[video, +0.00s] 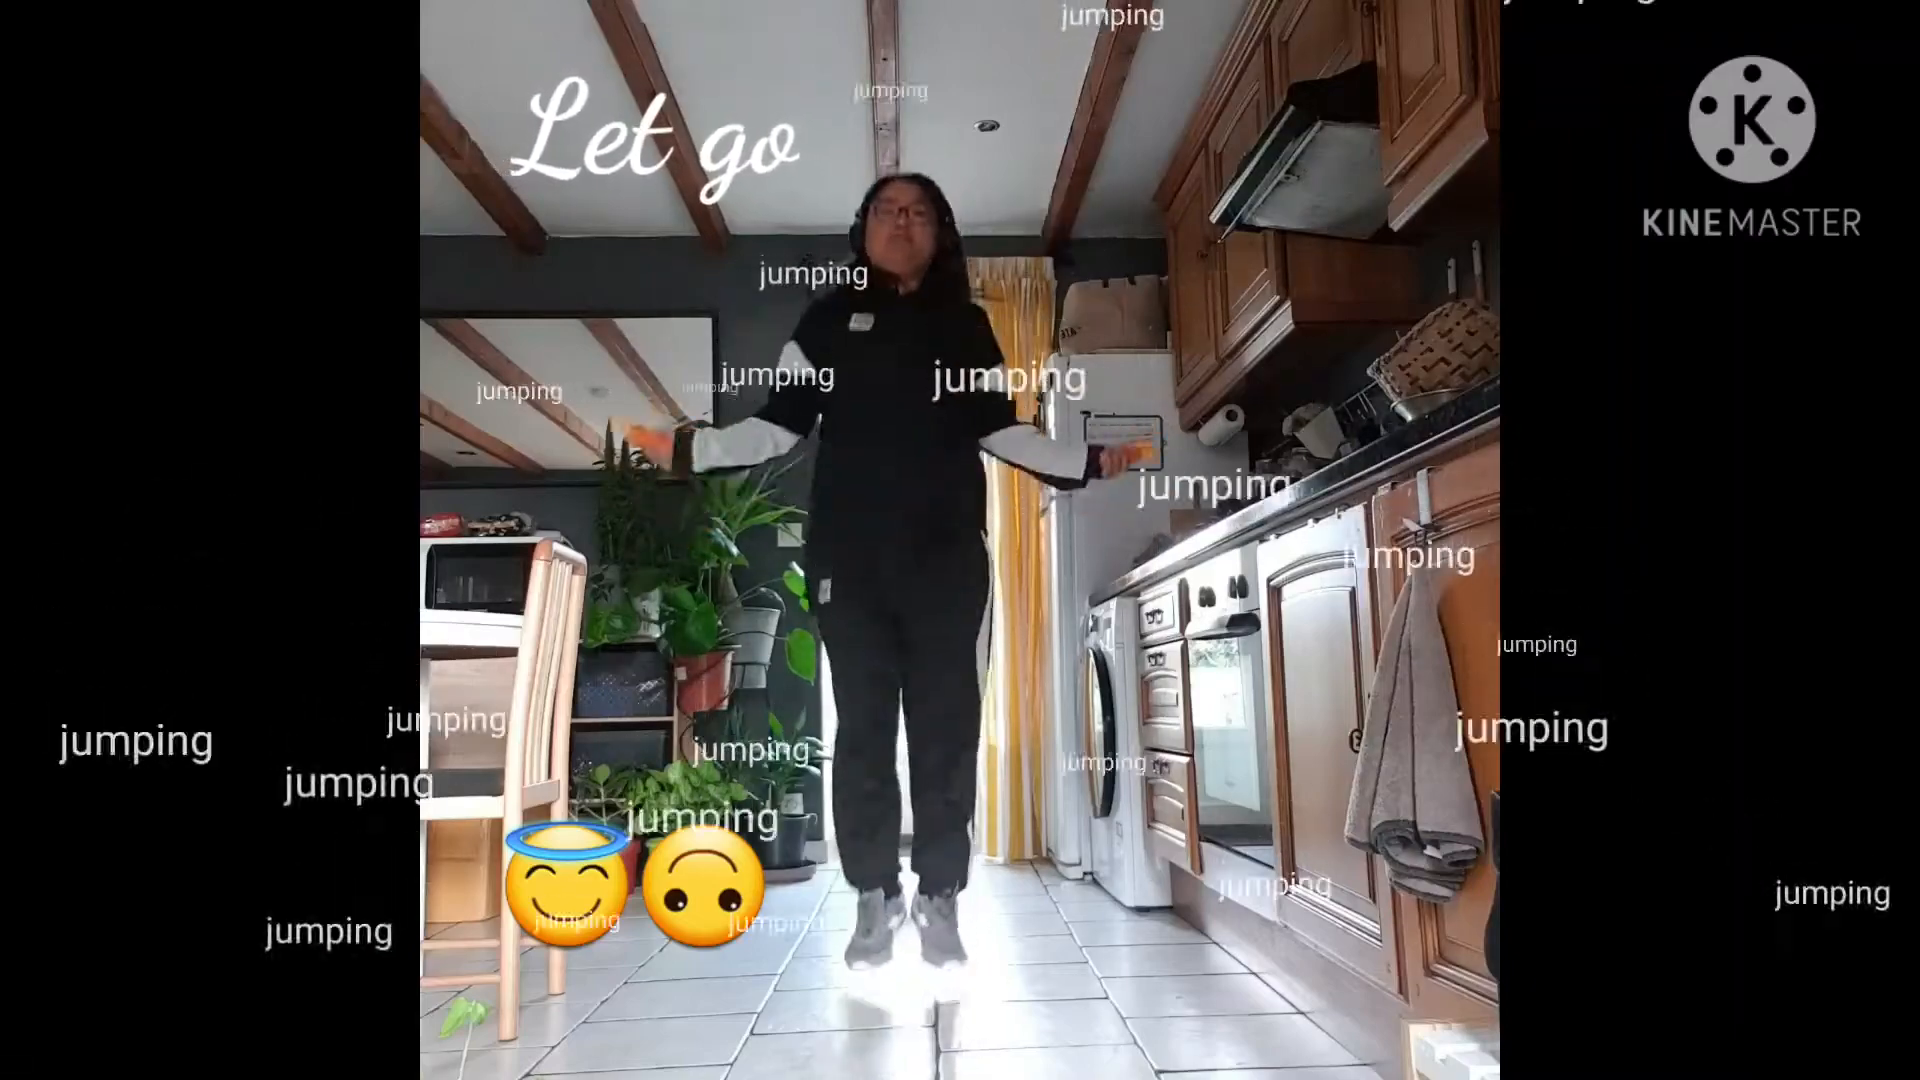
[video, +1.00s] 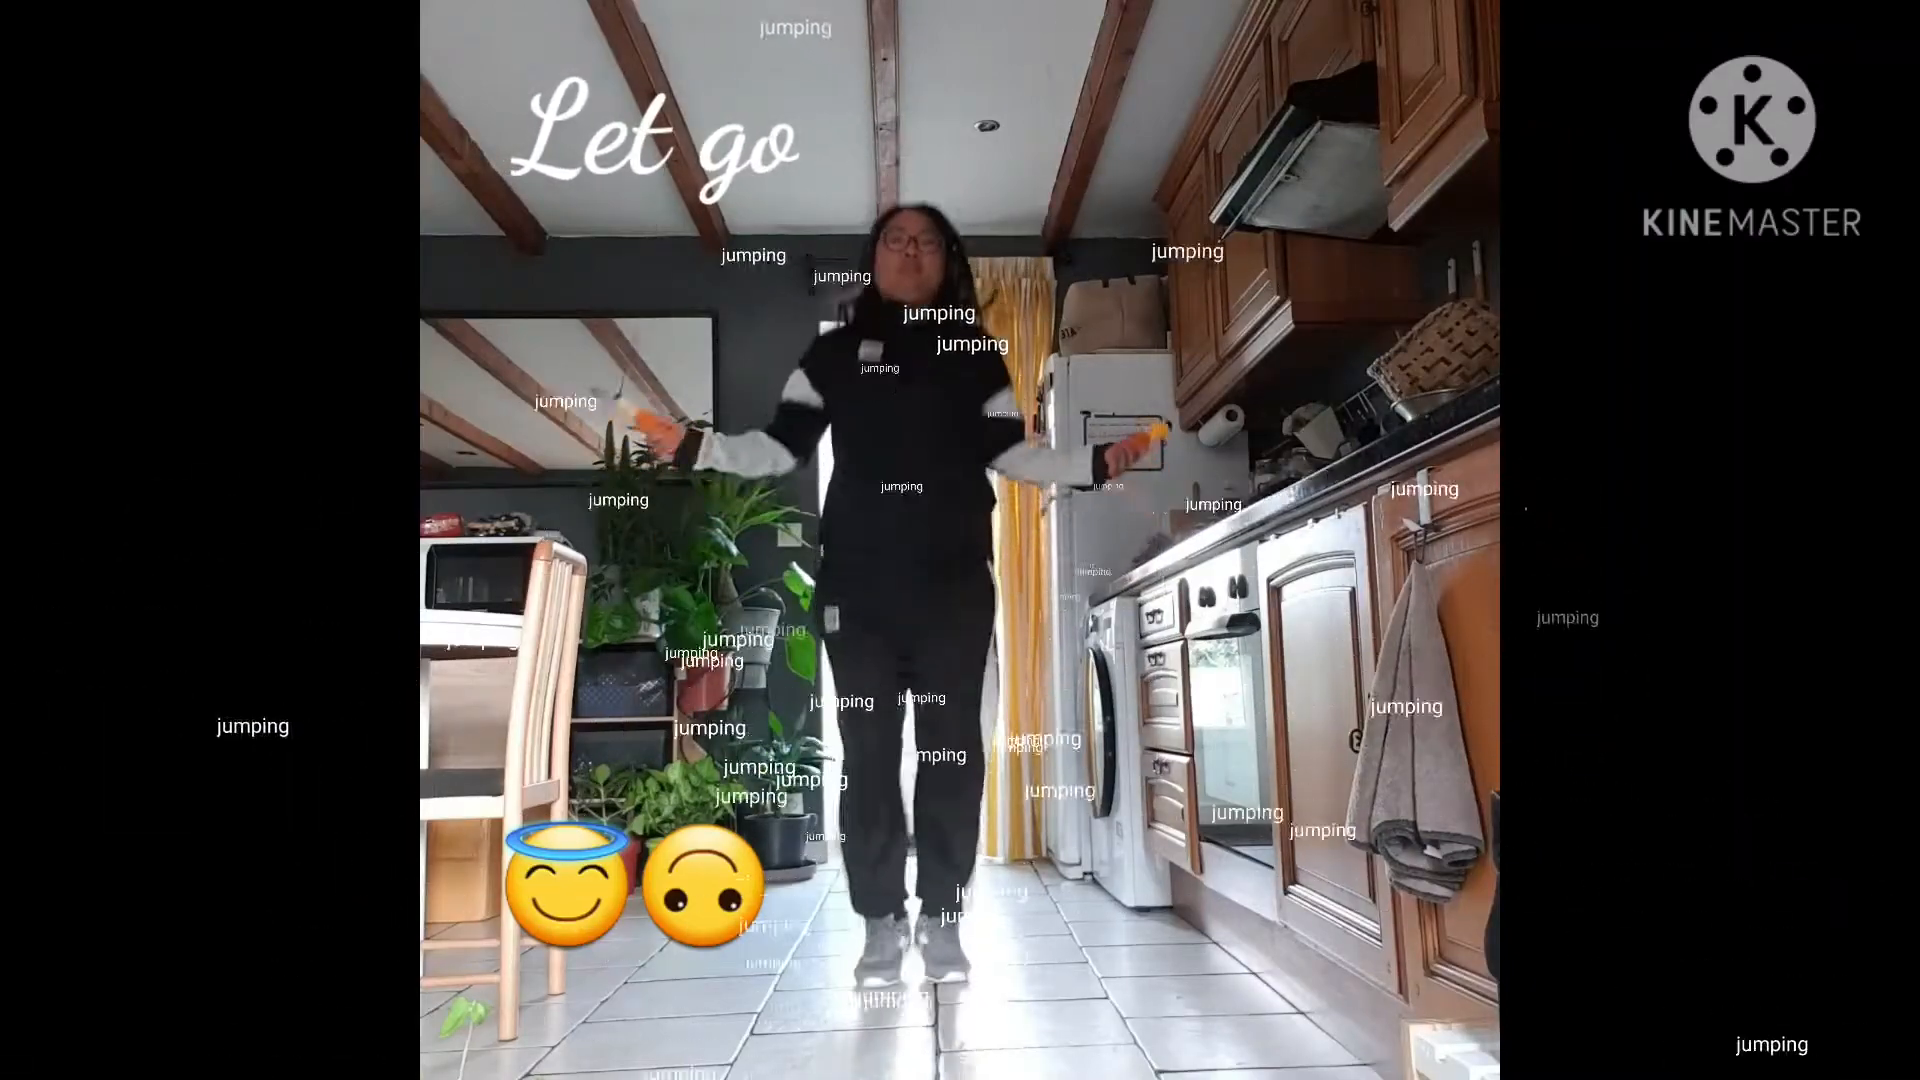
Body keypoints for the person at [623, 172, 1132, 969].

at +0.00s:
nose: (902, 222)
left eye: (918, 212)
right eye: (888, 211)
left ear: (942, 236)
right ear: (863, 233)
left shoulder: (966, 325)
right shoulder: (830, 315)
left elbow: (996, 430)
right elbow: (785, 423)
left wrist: (1088, 461)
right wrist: (693, 443)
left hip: (946, 551)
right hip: (851, 549)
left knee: (945, 726)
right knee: (863, 726)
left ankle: (939, 900)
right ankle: (874, 897)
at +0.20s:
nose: (896, 265)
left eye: (914, 254)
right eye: (883, 252)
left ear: (937, 274)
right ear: (862, 269)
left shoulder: (962, 366)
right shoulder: (825, 361)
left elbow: (1000, 469)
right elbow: (784, 465)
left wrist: (1068, 496)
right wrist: (725, 495)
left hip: (943, 598)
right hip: (849, 597)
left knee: (939, 765)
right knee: (860, 767)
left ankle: (933, 924)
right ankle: (875, 926)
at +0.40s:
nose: (899, 214)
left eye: (915, 203)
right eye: (885, 203)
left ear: (940, 224)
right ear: (860, 221)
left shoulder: (963, 311)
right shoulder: (826, 308)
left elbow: (1001, 421)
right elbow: (782, 419)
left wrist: (1078, 464)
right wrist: (702, 449)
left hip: (945, 536)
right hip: (849, 535)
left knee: (940, 713)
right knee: (861, 713)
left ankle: (937, 886)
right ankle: (874, 884)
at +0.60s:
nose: (903, 287)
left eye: (918, 277)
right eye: (888, 276)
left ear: (938, 300)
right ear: (864, 294)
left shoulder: (966, 386)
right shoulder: (829, 384)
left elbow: (998, 485)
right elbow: (778, 484)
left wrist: (1068, 511)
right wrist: (722, 496)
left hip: (949, 610)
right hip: (856, 609)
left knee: (945, 773)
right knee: (867, 772)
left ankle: (937, 926)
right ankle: (882, 926)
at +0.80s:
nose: (900, 219)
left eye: (917, 208)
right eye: (886, 208)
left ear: (942, 230)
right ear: (864, 228)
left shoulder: (965, 319)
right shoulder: (827, 316)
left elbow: (998, 426)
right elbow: (788, 427)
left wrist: (1070, 478)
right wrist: (711, 487)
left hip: (947, 550)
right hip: (855, 548)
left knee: (947, 725)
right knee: (862, 725)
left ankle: (945, 894)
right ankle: (873, 893)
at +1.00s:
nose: (908, 249)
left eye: (925, 240)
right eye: (894, 240)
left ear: (950, 266)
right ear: (870, 263)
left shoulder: (973, 350)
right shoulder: (835, 350)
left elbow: (1009, 454)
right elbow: (780, 447)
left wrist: (1099, 463)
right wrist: (694, 444)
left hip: (954, 575)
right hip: (861, 573)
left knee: (952, 748)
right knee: (869, 753)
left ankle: (942, 915)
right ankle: (880, 923)